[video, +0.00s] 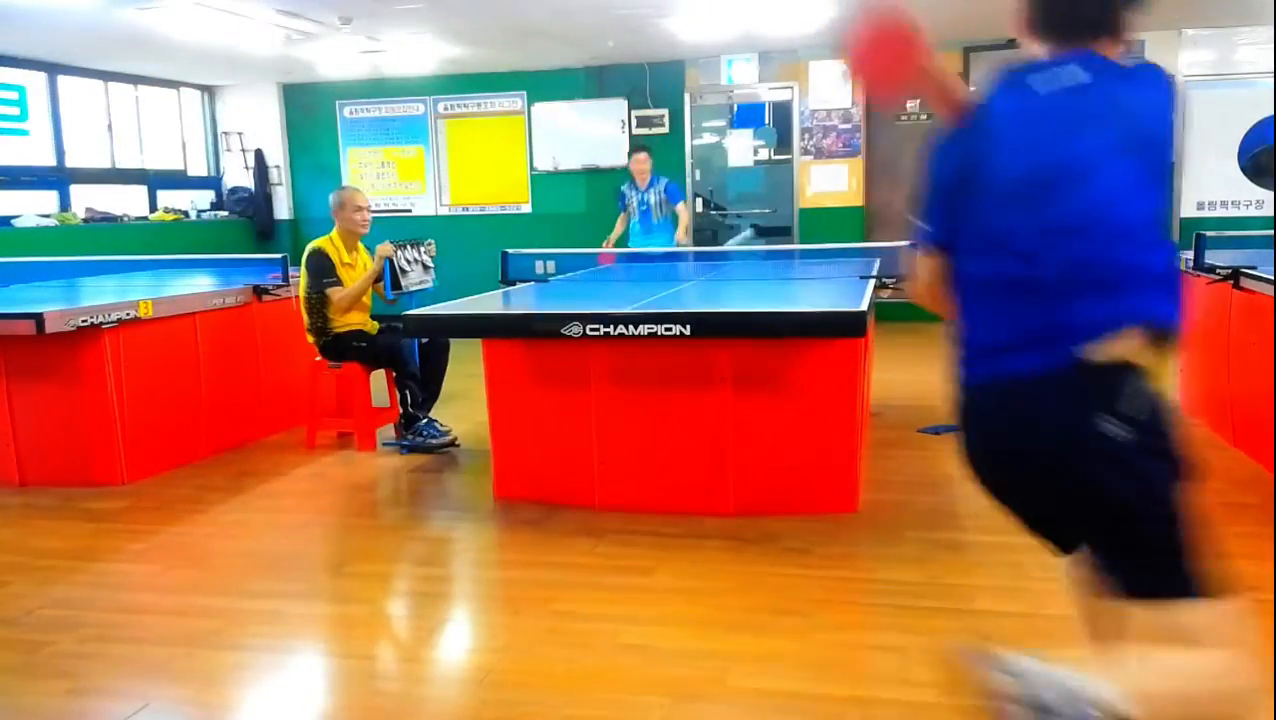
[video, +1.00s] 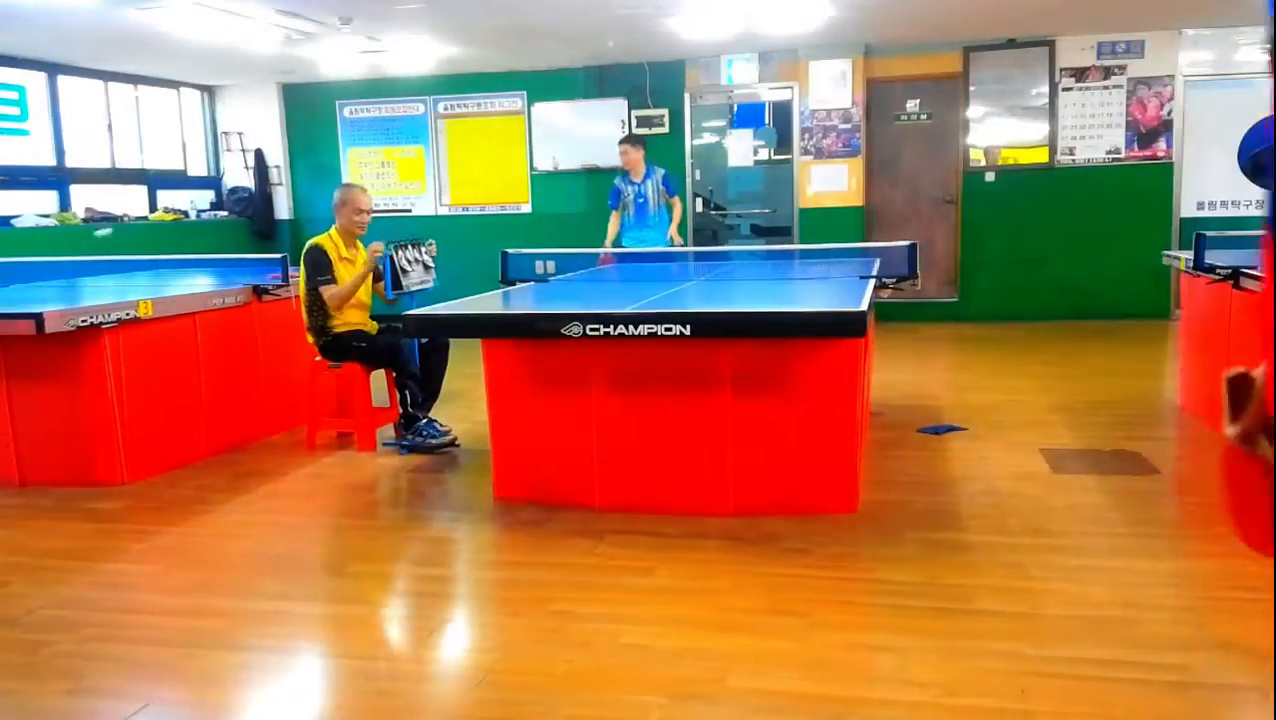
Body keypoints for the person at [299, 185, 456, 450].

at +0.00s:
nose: (366, 216)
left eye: (368, 210)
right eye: (358, 210)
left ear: (370, 213)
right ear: (338, 214)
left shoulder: (362, 252)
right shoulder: (318, 252)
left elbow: (388, 295)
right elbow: (341, 303)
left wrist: (418, 260)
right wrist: (376, 268)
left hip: (365, 330)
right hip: (335, 338)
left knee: (436, 340)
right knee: (403, 345)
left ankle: (418, 419)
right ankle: (412, 425)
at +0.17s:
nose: (374, 216)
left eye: (373, 210)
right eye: (368, 210)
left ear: (355, 216)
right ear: (350, 215)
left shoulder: (362, 252)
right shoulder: (318, 253)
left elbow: (388, 295)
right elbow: (341, 303)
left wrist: (418, 261)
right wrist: (376, 268)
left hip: (365, 330)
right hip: (335, 338)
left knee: (436, 340)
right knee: (403, 345)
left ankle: (419, 419)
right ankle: (412, 426)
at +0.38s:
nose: (375, 218)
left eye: (374, 212)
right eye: (373, 212)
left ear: (355, 216)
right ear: (360, 216)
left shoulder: (362, 253)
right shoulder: (319, 251)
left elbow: (387, 296)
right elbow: (341, 303)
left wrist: (417, 261)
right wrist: (376, 267)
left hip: (364, 329)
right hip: (335, 338)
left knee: (436, 340)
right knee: (403, 346)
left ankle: (418, 419)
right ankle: (412, 425)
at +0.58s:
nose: (376, 217)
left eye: (375, 210)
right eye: (372, 210)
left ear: (356, 216)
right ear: (357, 215)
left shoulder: (361, 253)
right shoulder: (320, 251)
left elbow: (387, 297)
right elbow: (341, 303)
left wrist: (416, 261)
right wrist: (375, 269)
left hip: (364, 329)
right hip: (335, 338)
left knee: (436, 340)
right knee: (403, 346)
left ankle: (419, 419)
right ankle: (411, 426)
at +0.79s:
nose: (370, 216)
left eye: (371, 211)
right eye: (363, 210)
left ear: (371, 213)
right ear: (341, 211)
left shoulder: (362, 251)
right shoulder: (319, 251)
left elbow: (387, 296)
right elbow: (341, 302)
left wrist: (415, 263)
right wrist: (376, 268)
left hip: (365, 329)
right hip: (335, 338)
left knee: (436, 340)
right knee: (402, 346)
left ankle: (418, 419)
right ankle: (411, 425)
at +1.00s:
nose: (365, 219)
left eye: (368, 213)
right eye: (358, 212)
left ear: (371, 214)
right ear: (338, 211)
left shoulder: (362, 250)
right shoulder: (317, 249)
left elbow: (387, 296)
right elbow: (333, 301)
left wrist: (416, 263)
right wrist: (367, 268)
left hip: (365, 330)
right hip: (334, 338)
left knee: (436, 340)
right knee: (402, 346)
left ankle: (418, 419)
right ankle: (411, 426)